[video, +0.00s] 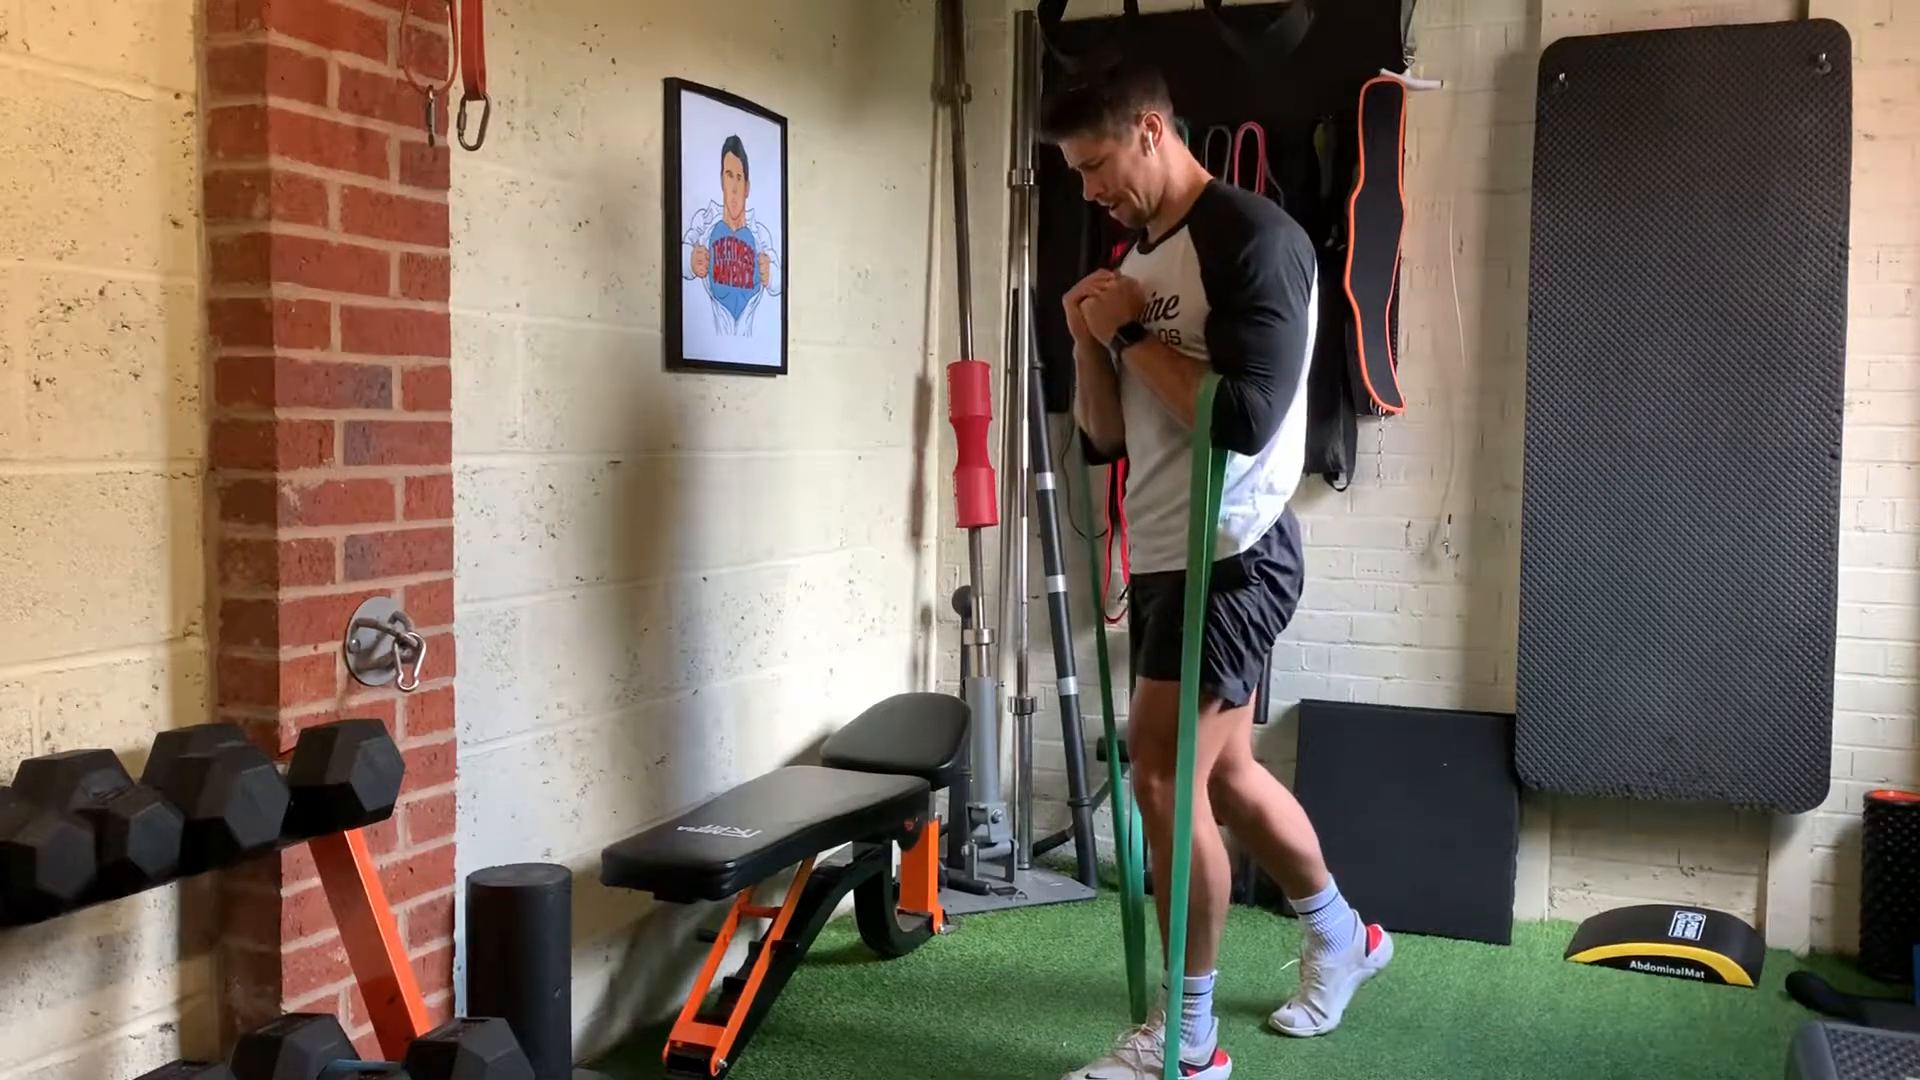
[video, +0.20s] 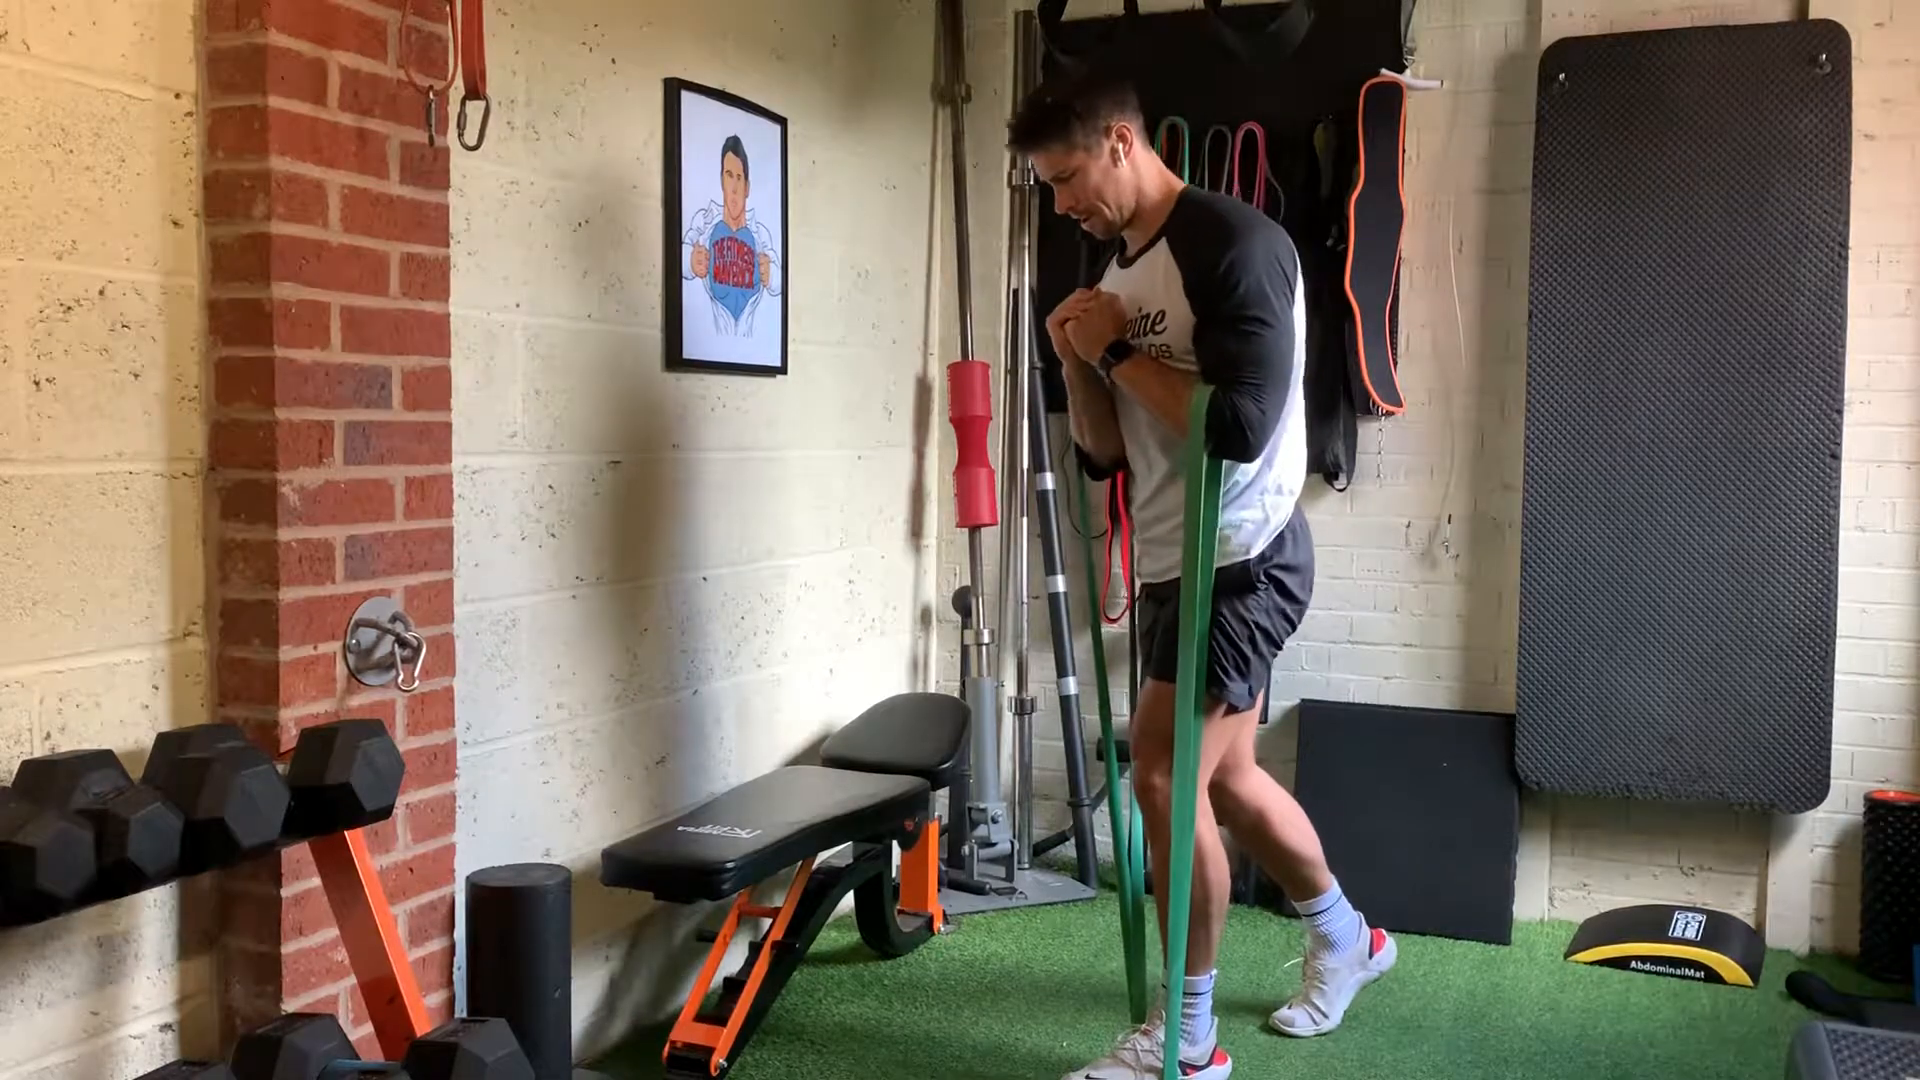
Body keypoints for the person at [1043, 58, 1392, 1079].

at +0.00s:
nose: (1092, 194)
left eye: (1099, 167)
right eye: (1080, 175)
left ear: (1156, 134)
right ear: (1121, 155)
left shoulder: (1261, 241)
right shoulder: (1133, 258)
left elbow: (1245, 420)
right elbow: (1105, 434)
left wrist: (1132, 334)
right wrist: (1092, 344)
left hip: (1235, 549)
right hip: (1163, 550)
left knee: (1163, 772)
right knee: (1229, 774)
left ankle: (1190, 1034)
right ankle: (1343, 936)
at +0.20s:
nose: (1063, 207)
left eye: (1067, 180)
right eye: (1049, 190)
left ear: (1125, 145)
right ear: (1101, 163)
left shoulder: (1239, 245)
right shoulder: (1111, 270)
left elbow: (1243, 430)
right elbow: (1107, 452)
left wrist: (1119, 354)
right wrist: (1082, 366)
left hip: (1244, 555)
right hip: (1170, 558)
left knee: (1162, 780)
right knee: (1230, 777)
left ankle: (1187, 1036)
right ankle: (1349, 938)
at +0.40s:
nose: (1024, 246)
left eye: (1029, 220)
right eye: (1013, 228)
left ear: (1088, 184)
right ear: (1071, 196)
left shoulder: (1211, 277)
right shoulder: (1080, 296)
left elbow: (1228, 465)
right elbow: (1102, 481)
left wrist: (1097, 401)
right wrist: (1065, 402)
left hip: (1264, 567)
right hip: (1189, 566)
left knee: (1162, 777)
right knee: (1218, 784)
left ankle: (1187, 1038)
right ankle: (1348, 938)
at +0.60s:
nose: (975, 324)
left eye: (980, 300)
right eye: (965, 306)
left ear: (1034, 267)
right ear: (1026, 274)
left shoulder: (1172, 338)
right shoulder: (1058, 368)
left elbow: (1224, 522)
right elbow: (1092, 541)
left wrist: (1081, 473)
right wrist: (1048, 481)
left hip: (1285, 578)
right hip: (1213, 582)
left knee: (1165, 784)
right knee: (1210, 796)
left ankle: (1188, 1040)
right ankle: (1349, 940)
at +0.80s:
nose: (946, 430)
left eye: (948, 406)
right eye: (936, 413)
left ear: (1003, 370)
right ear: (999, 374)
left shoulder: (1146, 417)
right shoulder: (1033, 457)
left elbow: (1214, 590)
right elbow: (1095, 612)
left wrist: (1075, 551)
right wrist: (1040, 565)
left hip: (1310, 586)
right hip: (1236, 595)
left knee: (1191, 795)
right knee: (1210, 807)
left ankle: (1187, 1037)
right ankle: (1350, 940)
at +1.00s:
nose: (932, 507)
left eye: (936, 485)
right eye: (922, 491)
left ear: (987, 452)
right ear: (988, 454)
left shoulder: (1134, 478)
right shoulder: (1028, 520)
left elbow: (1213, 651)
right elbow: (1093, 664)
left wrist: (1073, 613)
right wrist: (1038, 628)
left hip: (1319, 589)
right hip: (1252, 598)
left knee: (1201, 796)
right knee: (1209, 807)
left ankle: (1188, 1041)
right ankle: (1353, 942)